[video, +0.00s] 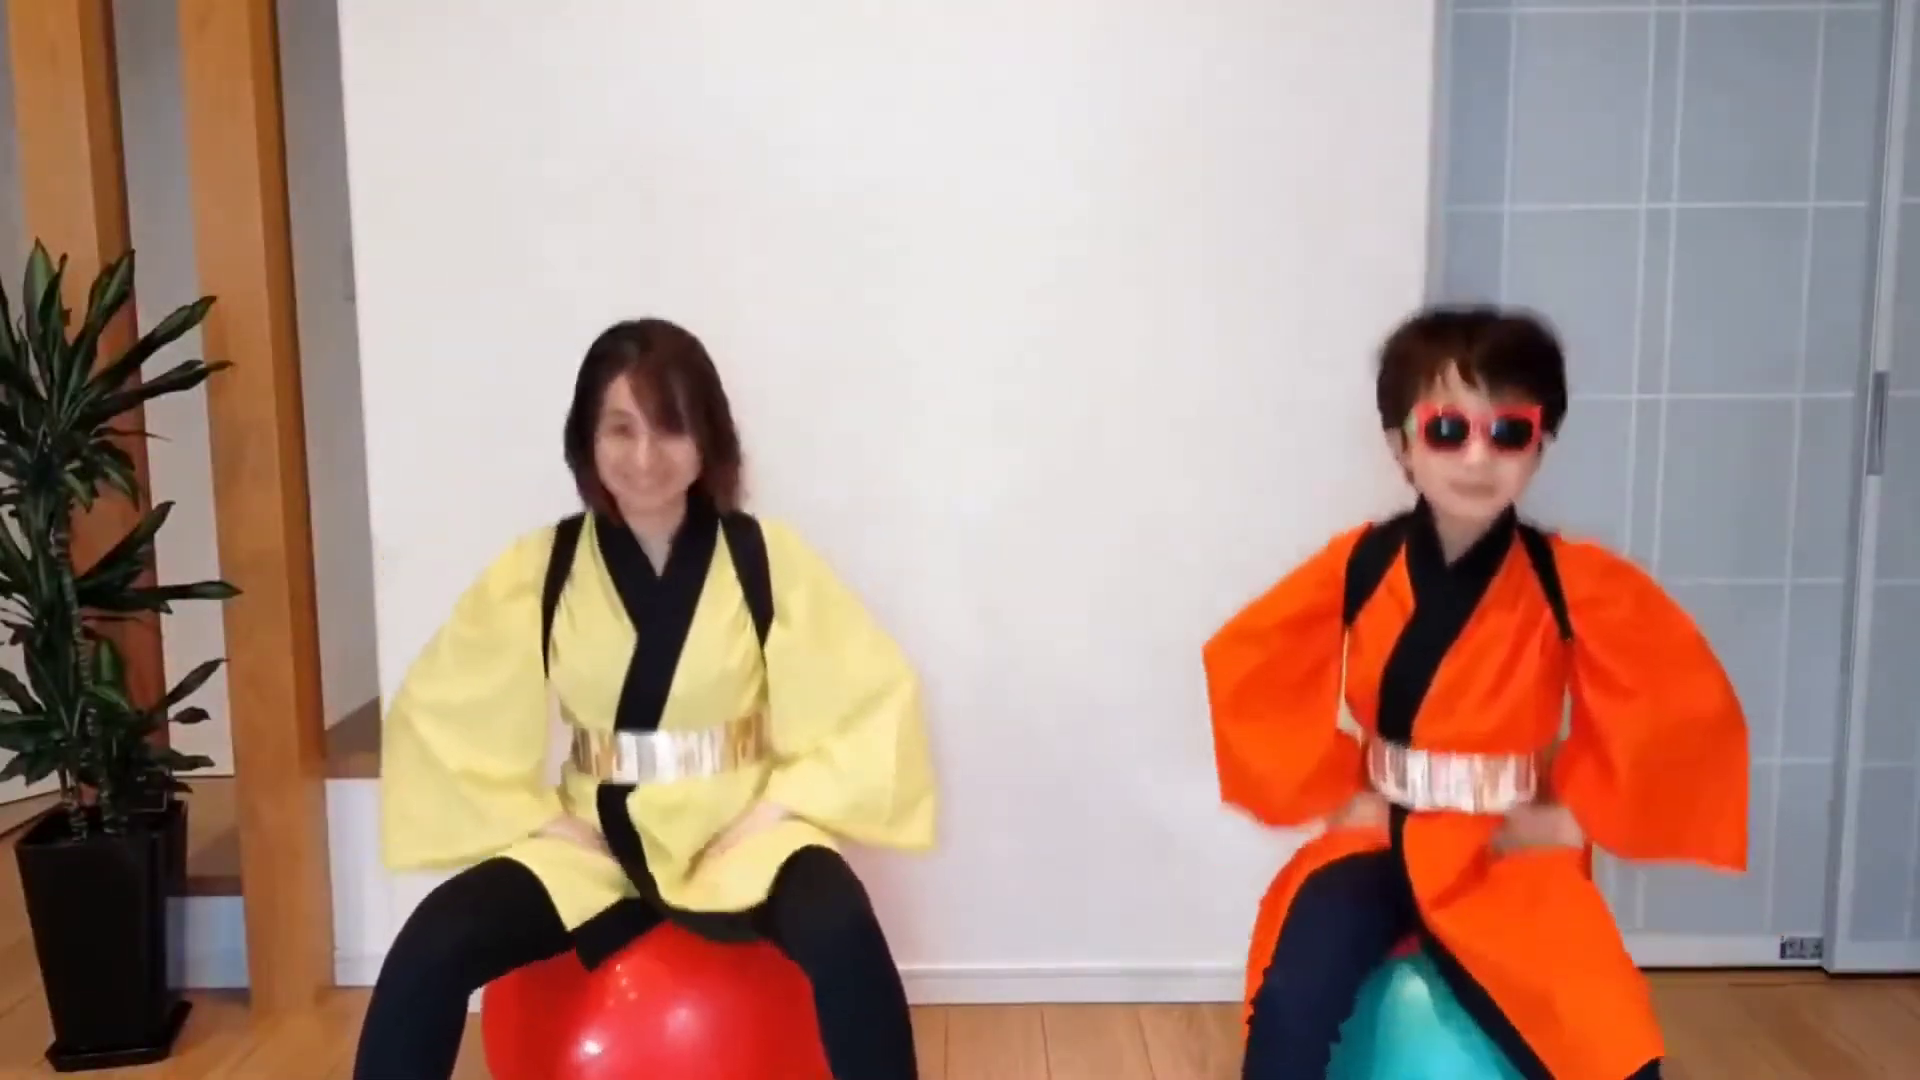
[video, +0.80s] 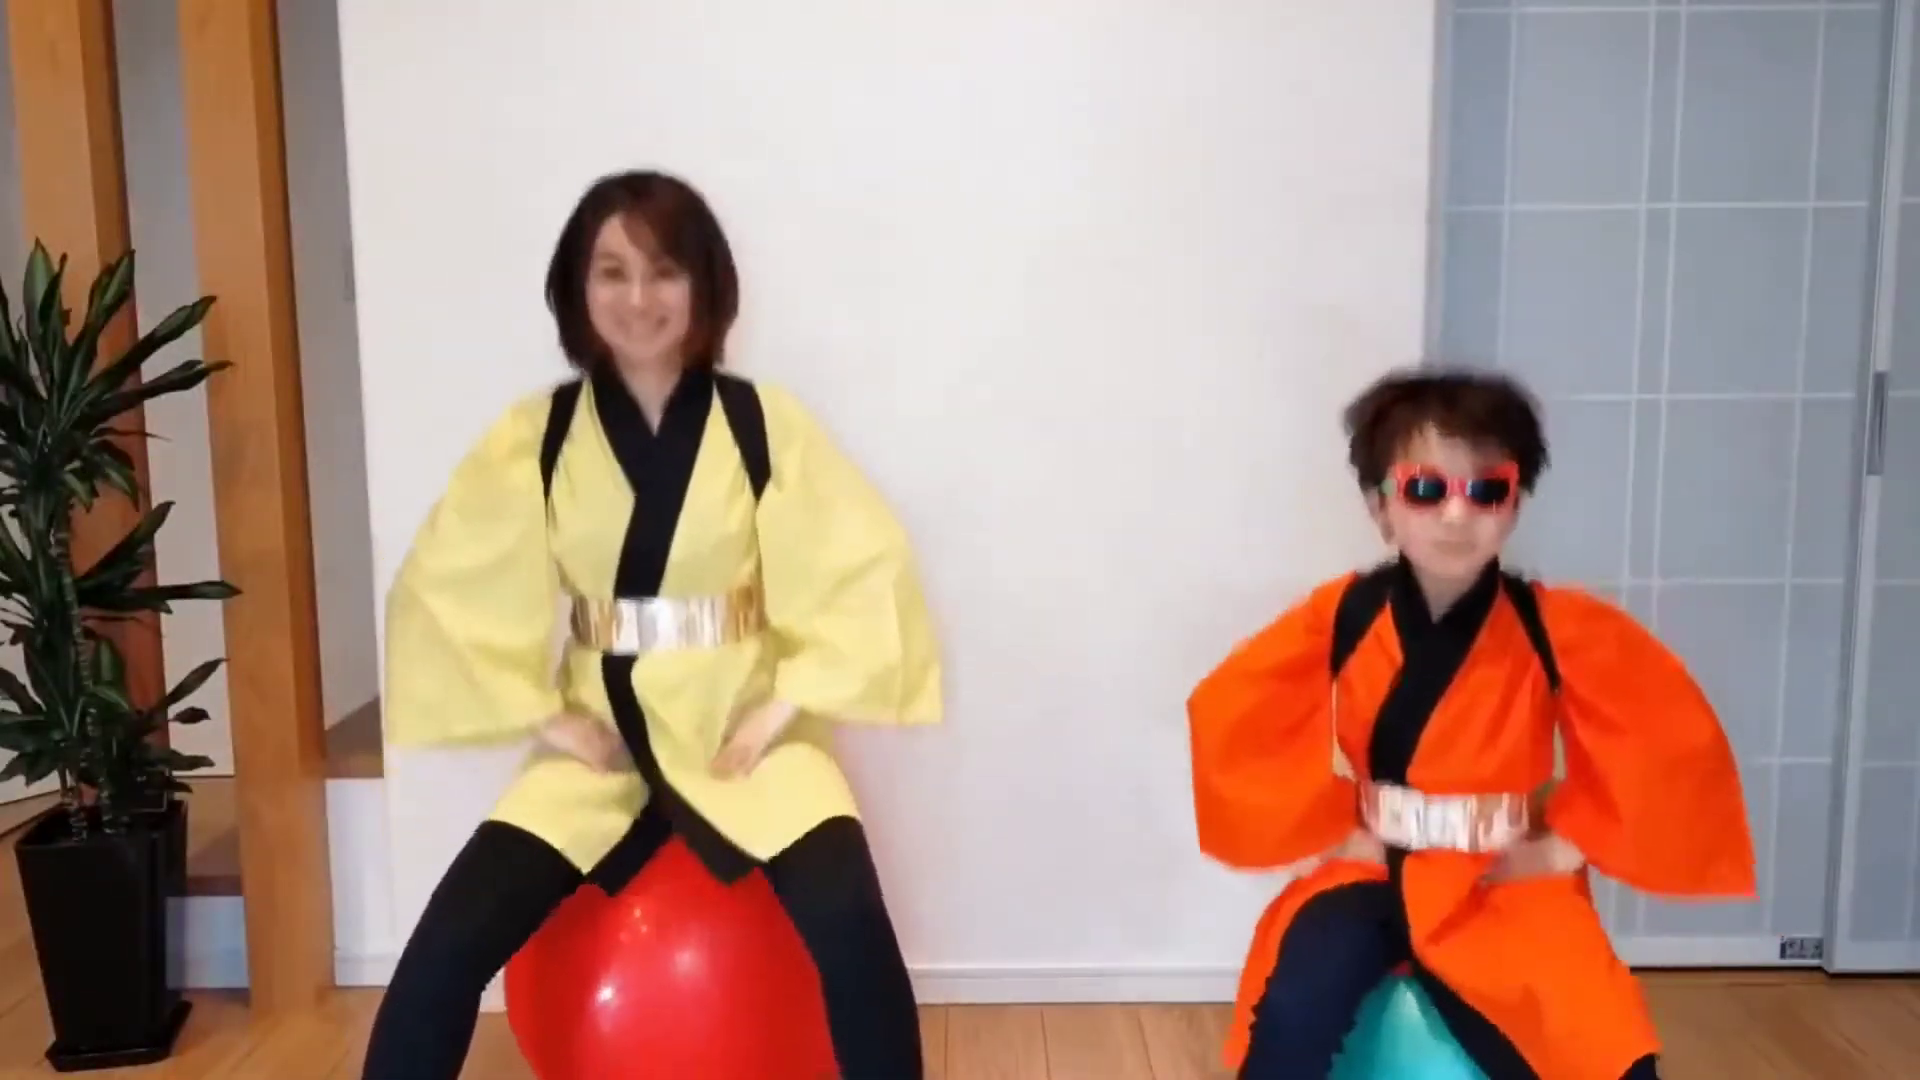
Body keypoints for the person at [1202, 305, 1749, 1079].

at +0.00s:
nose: (1477, 455)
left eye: (1510, 430)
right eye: (1446, 428)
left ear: (1541, 447)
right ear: (1402, 448)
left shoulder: (1572, 579)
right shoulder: (1361, 564)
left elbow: (1691, 709)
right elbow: (1241, 664)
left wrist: (1574, 816)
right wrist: (1337, 793)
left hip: (1514, 855)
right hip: (1375, 841)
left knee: (1615, 1041)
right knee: (1293, 997)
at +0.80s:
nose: (1457, 512)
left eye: (1487, 488)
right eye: (1426, 488)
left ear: (1516, 504)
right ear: (1381, 509)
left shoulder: (1556, 626)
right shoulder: (1346, 614)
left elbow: (1676, 744)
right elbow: (1227, 712)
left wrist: (1564, 846)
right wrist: (1333, 816)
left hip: (1505, 885)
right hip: (1370, 874)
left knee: (1602, 1042)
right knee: (1303, 986)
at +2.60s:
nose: (1474, 514)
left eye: (1507, 492)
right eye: (1445, 484)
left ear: (1535, 499)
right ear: (1394, 487)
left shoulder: (1558, 614)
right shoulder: (1350, 599)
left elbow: (1654, 706)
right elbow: (1236, 678)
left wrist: (1595, 792)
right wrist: (1304, 792)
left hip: (1495, 880)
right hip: (1358, 868)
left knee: (1593, 1052)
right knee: (1258, 1026)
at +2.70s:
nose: (1494, 470)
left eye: (1528, 449)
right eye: (1468, 439)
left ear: (1558, 443)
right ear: (1414, 421)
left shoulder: (1562, 538)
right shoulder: (1359, 520)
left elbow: (1694, 613)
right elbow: (1219, 578)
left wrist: (1672, 664)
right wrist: (1250, 662)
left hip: (1493, 820)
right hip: (1355, 809)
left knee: (1614, 1020)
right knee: (1255, 996)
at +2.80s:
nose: (1515, 484)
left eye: (1551, 463)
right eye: (1491, 449)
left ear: (1580, 454)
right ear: (1434, 420)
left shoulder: (1568, 539)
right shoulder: (1371, 511)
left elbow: (1690, 598)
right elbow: (1216, 549)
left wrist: (1699, 665)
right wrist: (1227, 606)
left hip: (1495, 812)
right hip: (1356, 799)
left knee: (1629, 977)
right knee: (1254, 969)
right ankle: (1248, 1071)